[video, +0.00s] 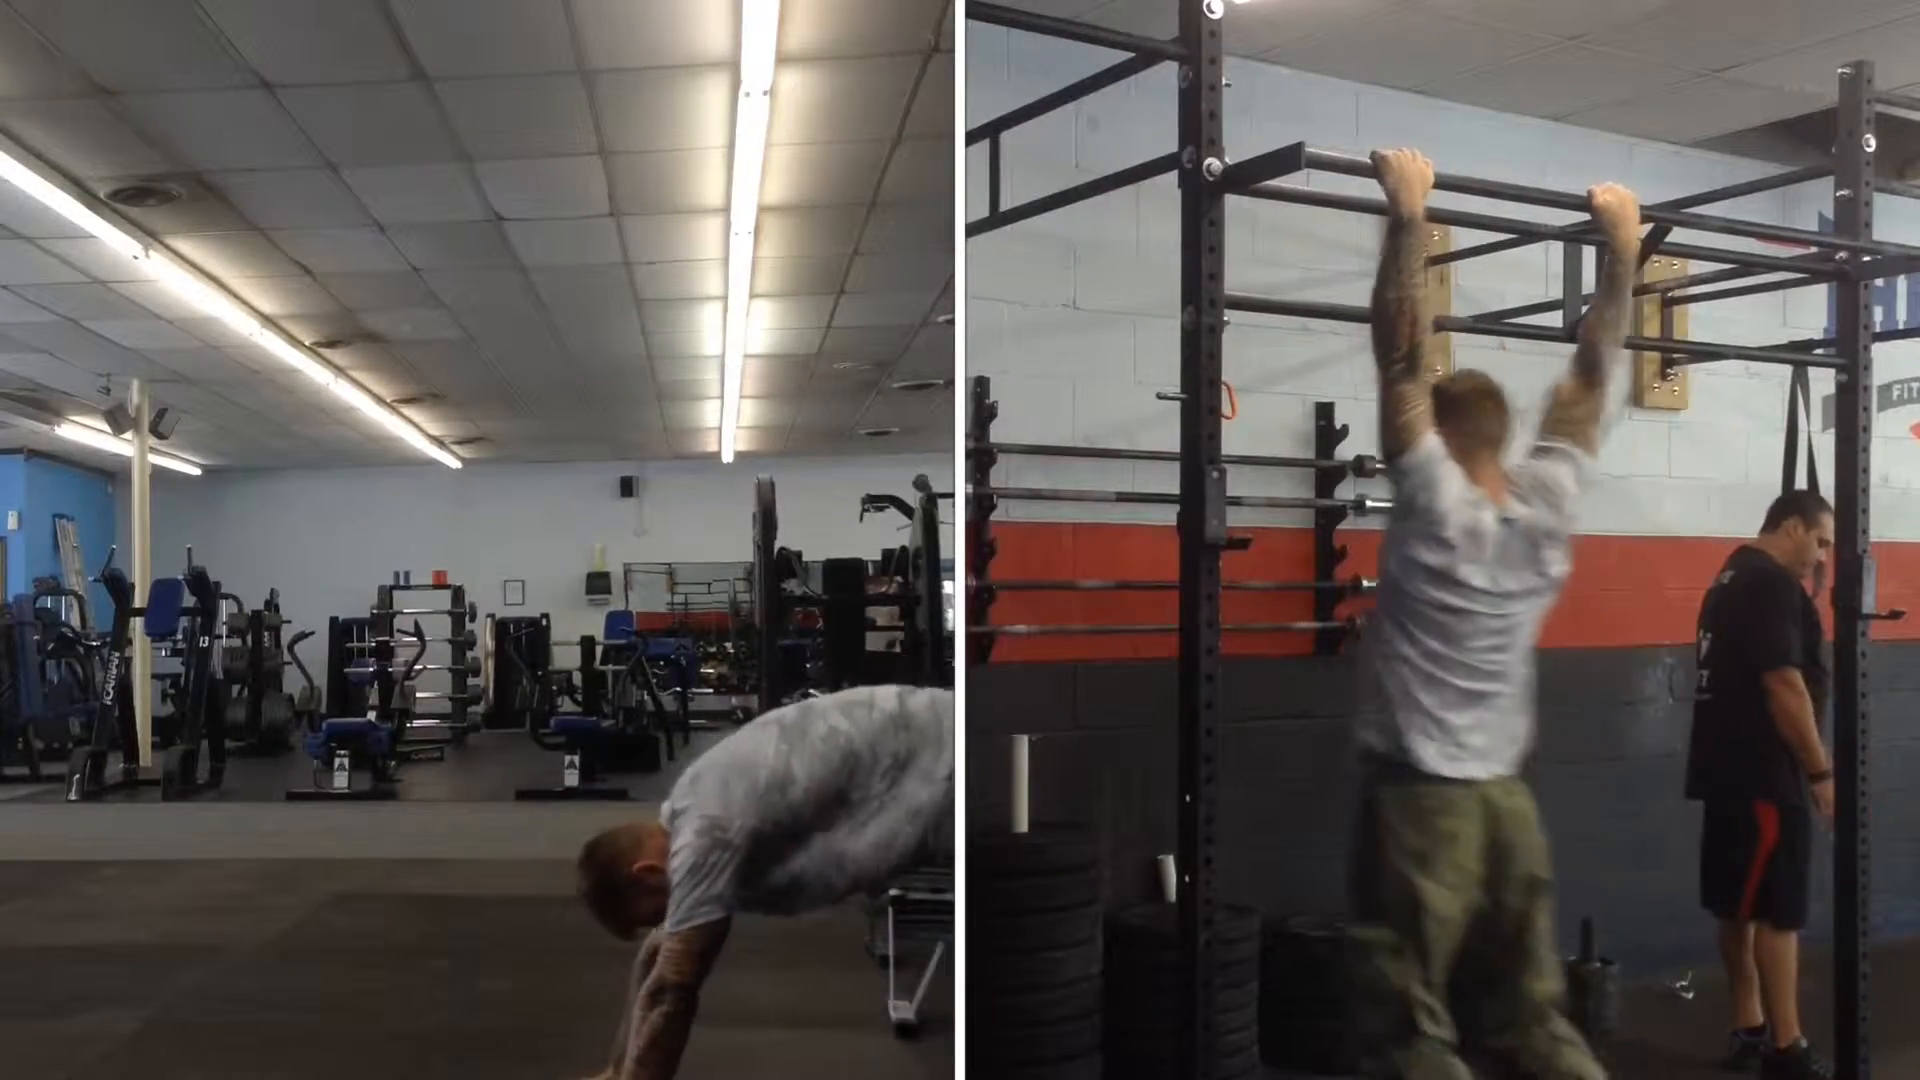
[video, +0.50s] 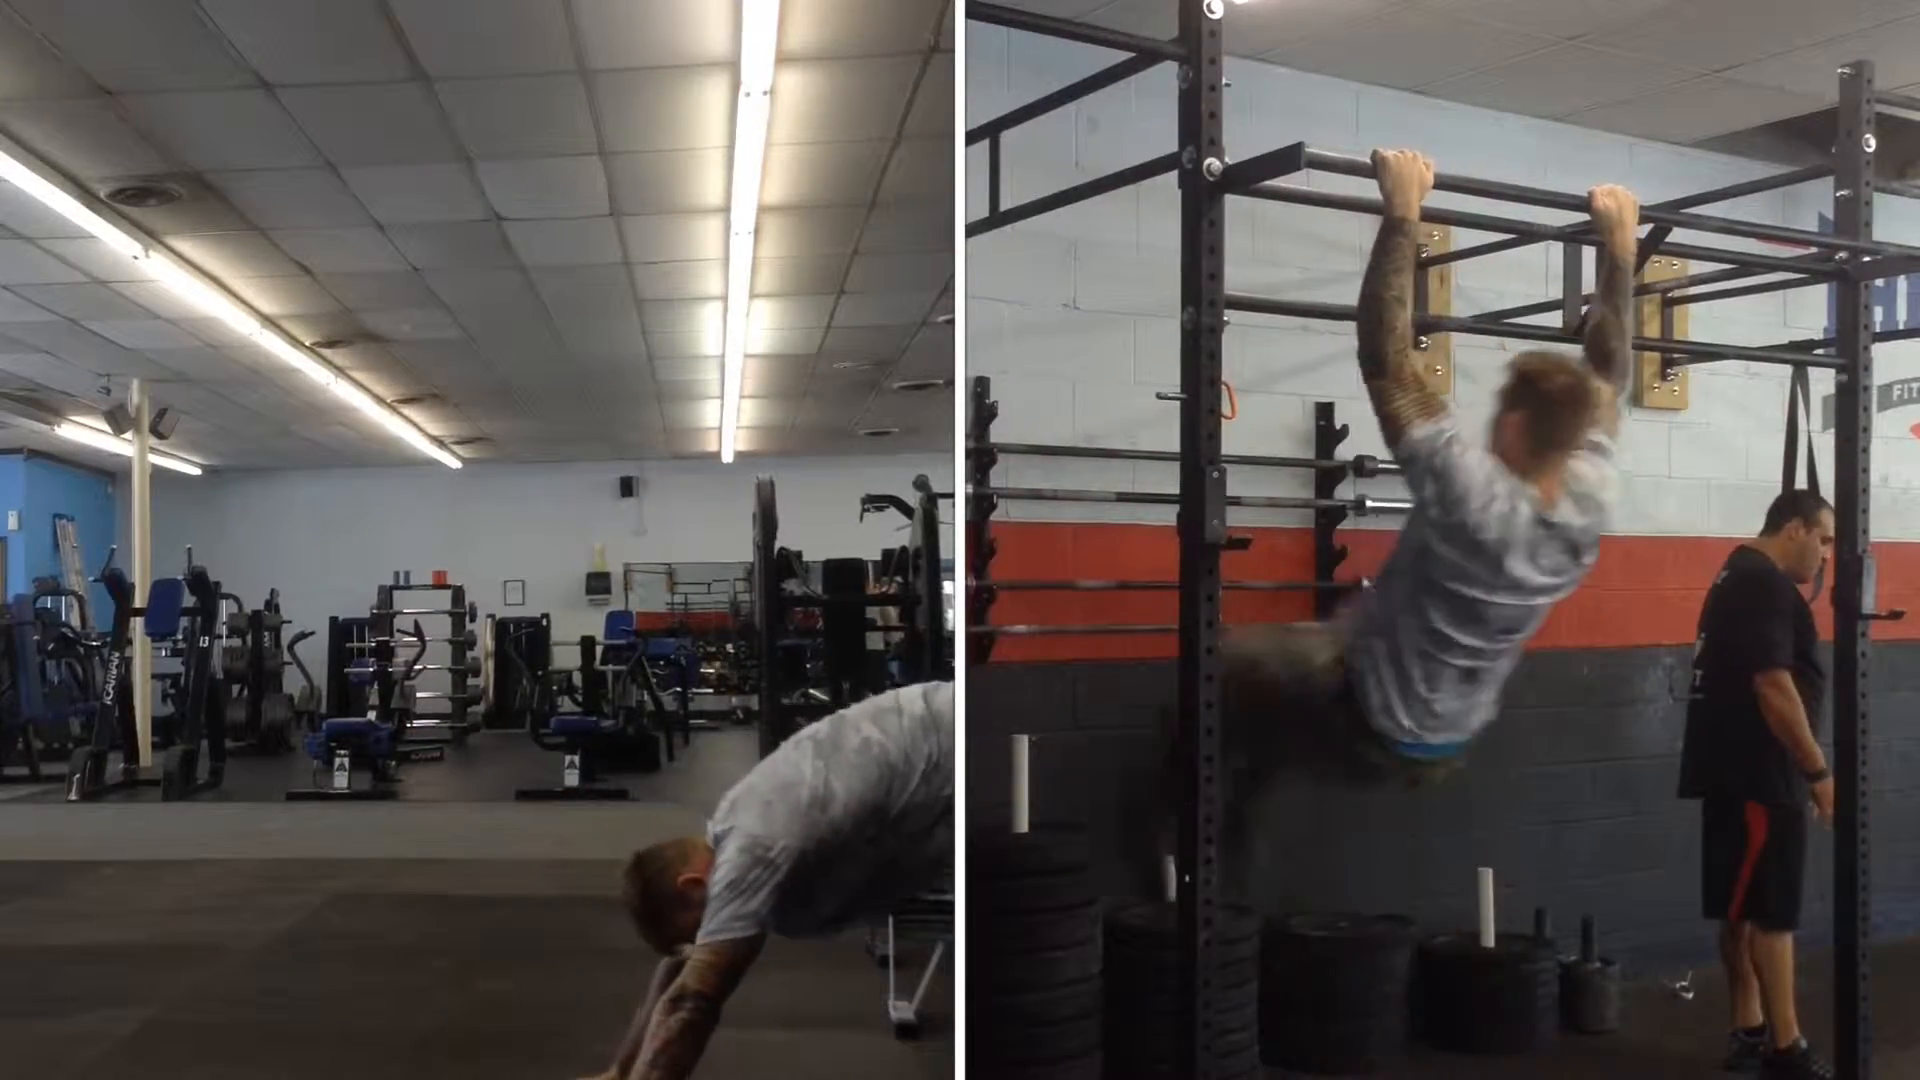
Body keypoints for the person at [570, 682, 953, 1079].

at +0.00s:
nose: (666, 922)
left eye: (654, 917)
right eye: (652, 926)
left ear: (649, 874)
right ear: (650, 861)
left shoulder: (707, 826)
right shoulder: (692, 814)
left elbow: (672, 995)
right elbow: (657, 956)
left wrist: (632, 1071)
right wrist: (621, 1066)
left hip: (961, 756)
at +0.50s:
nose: (704, 933)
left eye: (694, 931)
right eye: (694, 939)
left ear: (694, 885)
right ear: (694, 873)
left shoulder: (753, 845)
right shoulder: (732, 835)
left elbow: (693, 1005)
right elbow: (679, 968)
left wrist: (640, 1074)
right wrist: (621, 1068)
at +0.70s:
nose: (727, 963)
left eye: (722, 951)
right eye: (715, 960)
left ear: (724, 903)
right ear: (727, 892)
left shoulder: (790, 862)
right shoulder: (748, 852)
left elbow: (712, 1021)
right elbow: (691, 973)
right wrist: (624, 1069)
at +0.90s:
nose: (745, 975)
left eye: (736, 968)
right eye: (734, 972)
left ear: (742, 927)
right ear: (738, 919)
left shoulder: (804, 881)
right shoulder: (767, 862)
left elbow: (721, 1030)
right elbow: (698, 983)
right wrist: (625, 1069)